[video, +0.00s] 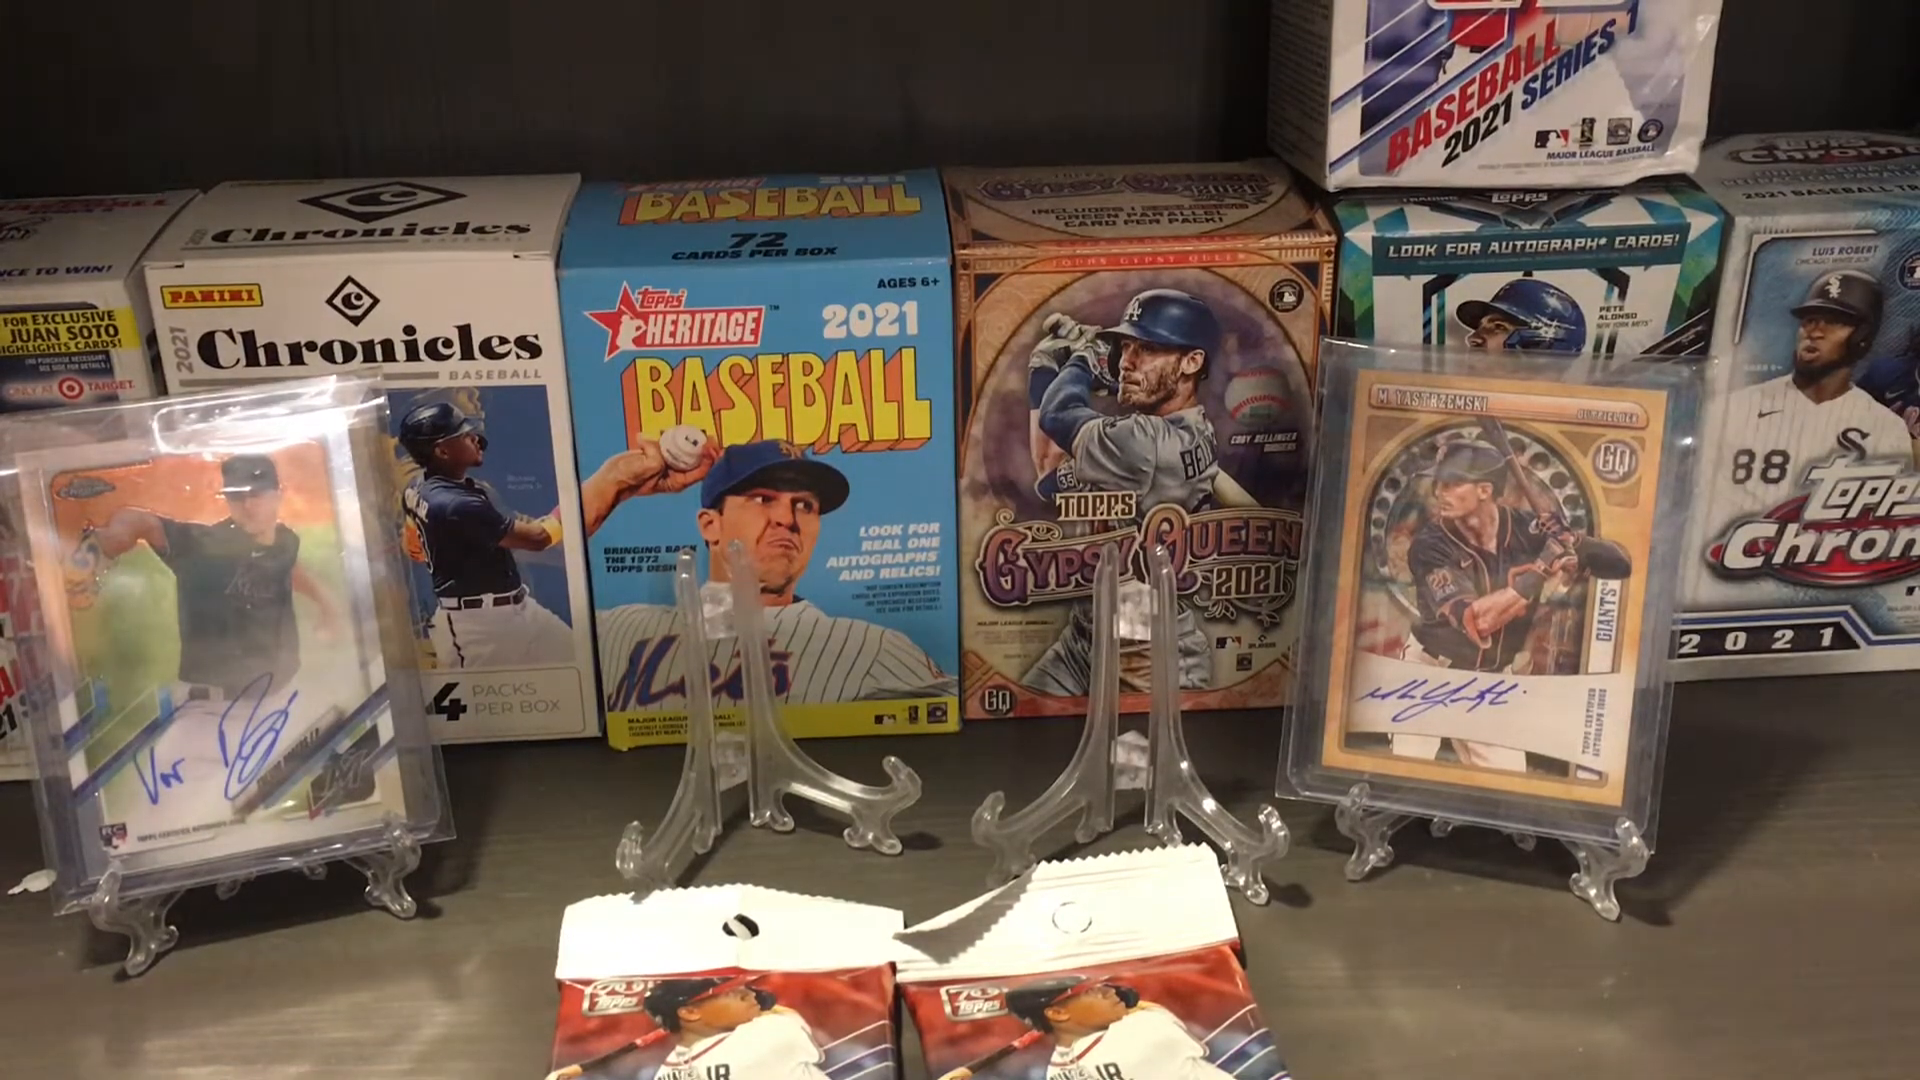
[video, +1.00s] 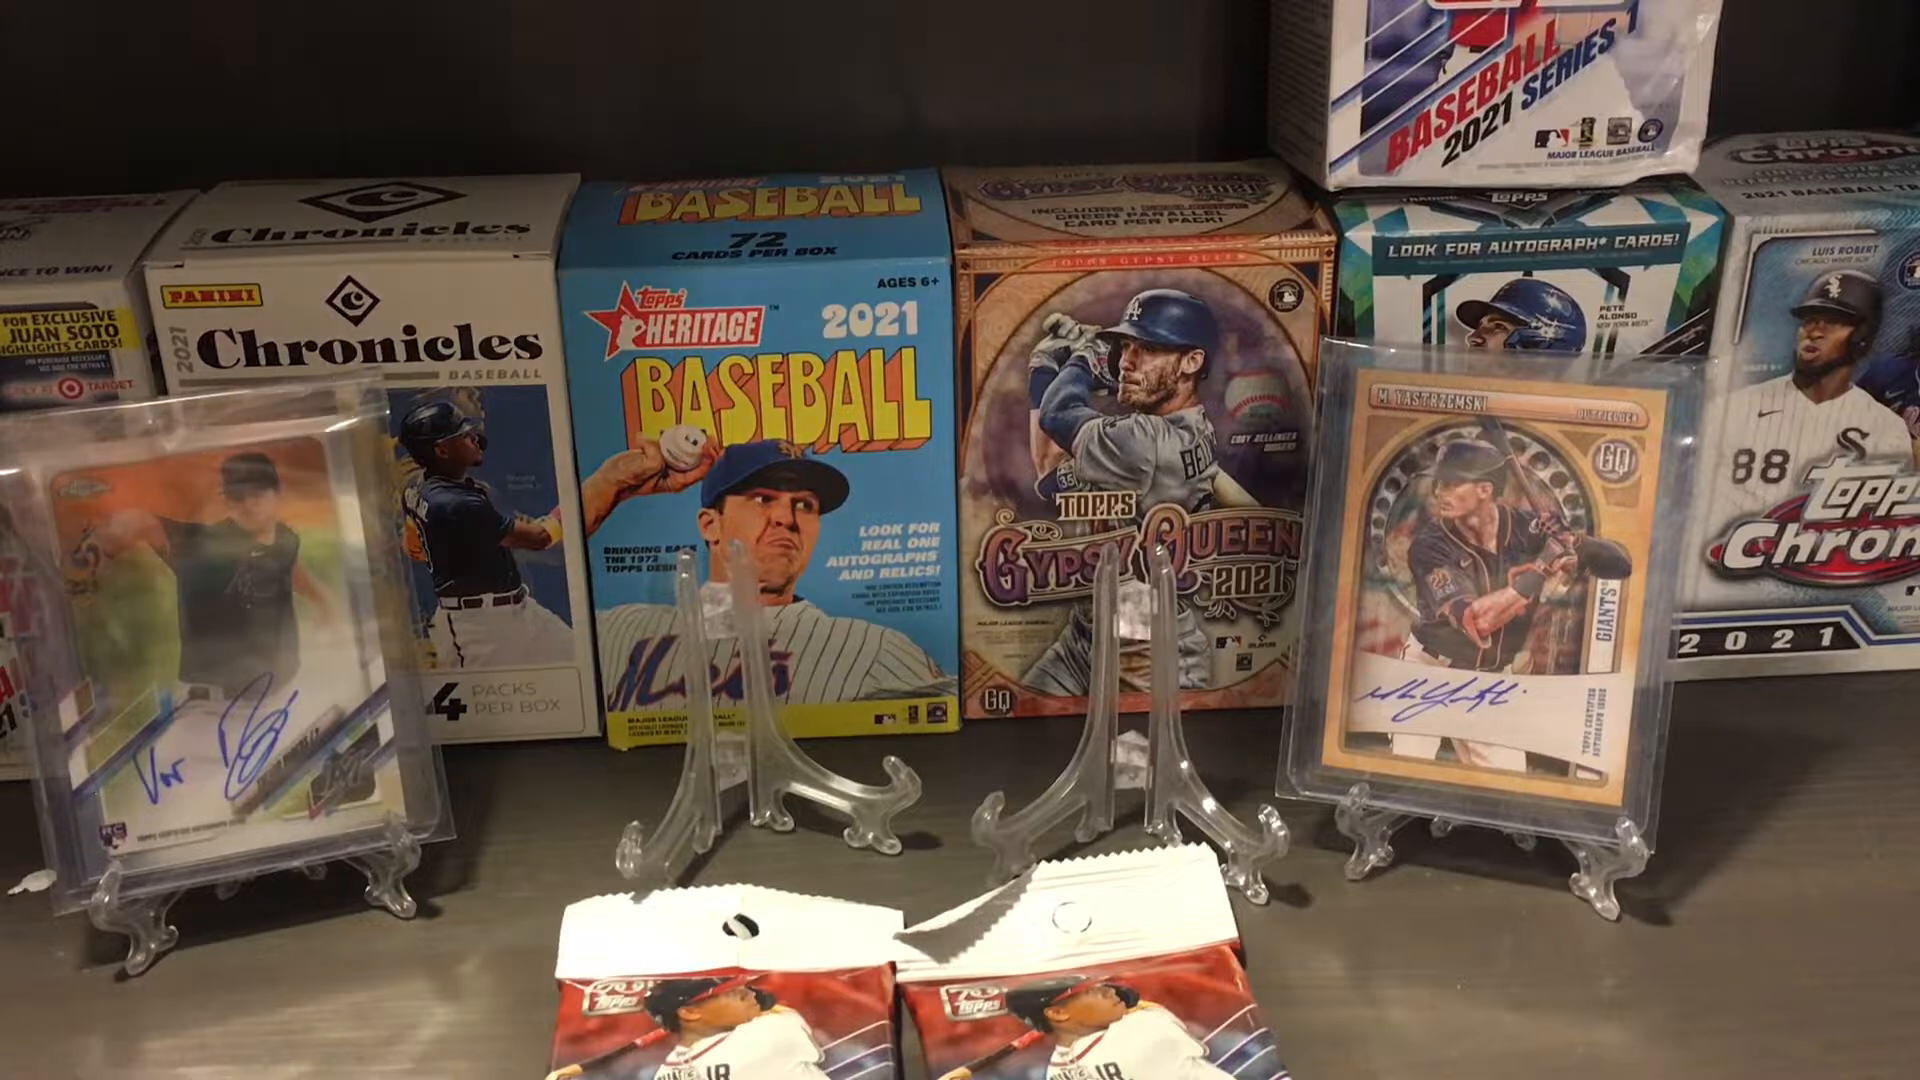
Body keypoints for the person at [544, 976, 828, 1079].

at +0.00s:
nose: (743, 992)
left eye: (733, 986)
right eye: (726, 992)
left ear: (690, 1015)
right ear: (692, 1014)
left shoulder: (666, 1071)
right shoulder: (779, 1033)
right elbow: (780, 1009)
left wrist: (580, 1071)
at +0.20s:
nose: (744, 992)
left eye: (734, 986)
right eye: (726, 992)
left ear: (690, 1015)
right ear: (692, 1014)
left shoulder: (666, 1071)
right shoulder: (779, 1033)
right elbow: (780, 1009)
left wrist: (579, 1071)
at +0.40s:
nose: (745, 994)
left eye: (736, 987)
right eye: (727, 994)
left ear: (689, 1015)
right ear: (691, 1015)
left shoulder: (665, 1072)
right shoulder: (780, 1033)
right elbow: (778, 1008)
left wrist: (580, 1072)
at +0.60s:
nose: (745, 993)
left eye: (736, 986)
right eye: (728, 993)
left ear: (689, 1015)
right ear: (691, 1014)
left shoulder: (665, 1072)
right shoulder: (779, 1033)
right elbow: (776, 1007)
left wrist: (579, 1072)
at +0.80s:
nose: (744, 993)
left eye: (735, 987)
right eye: (727, 993)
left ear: (689, 1015)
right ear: (691, 1015)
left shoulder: (666, 1071)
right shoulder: (780, 1033)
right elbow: (777, 1007)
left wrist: (579, 1072)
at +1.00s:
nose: (746, 993)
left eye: (737, 987)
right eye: (728, 993)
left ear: (689, 1015)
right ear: (691, 1015)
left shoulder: (665, 1072)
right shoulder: (780, 1033)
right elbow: (777, 1007)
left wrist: (578, 1072)